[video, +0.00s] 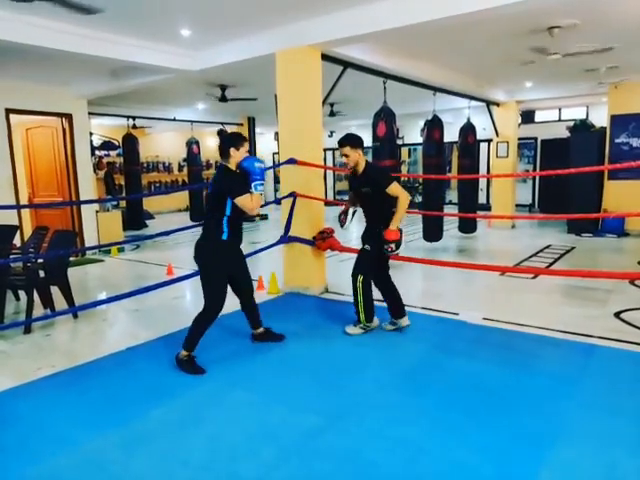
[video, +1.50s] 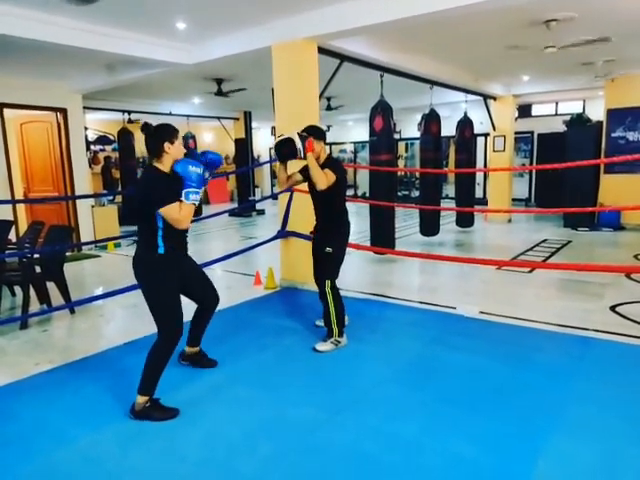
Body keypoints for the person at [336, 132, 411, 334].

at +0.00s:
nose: (344, 161)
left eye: (347, 156)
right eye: (342, 157)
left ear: (359, 152)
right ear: (346, 155)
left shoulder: (375, 173)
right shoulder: (354, 176)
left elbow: (404, 196)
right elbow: (357, 197)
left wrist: (394, 227)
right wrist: (348, 207)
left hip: (381, 230)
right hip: (372, 229)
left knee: (360, 275)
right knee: (380, 275)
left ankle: (366, 321)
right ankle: (399, 316)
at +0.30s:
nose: (332, 162)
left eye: (335, 157)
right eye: (329, 158)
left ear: (347, 155)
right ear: (329, 157)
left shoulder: (359, 177)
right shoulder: (337, 177)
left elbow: (372, 211)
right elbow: (339, 204)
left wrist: (343, 217)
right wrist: (331, 219)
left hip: (362, 233)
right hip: (345, 231)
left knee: (353, 277)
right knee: (338, 269)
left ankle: (366, 323)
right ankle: (352, 306)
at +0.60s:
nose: (315, 168)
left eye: (318, 163)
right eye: (313, 163)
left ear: (331, 161)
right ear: (313, 164)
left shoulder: (346, 184)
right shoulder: (319, 187)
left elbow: (365, 209)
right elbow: (318, 210)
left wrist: (346, 228)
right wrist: (312, 224)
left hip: (345, 233)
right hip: (327, 233)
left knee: (334, 275)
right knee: (322, 275)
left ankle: (353, 311)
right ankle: (336, 309)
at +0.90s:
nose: (310, 161)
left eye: (313, 157)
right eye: (308, 157)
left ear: (327, 156)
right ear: (308, 158)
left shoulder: (340, 179)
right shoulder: (312, 181)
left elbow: (361, 202)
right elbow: (311, 205)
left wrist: (339, 214)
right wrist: (307, 216)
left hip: (341, 232)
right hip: (322, 233)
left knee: (334, 280)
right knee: (327, 278)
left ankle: (337, 335)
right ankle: (335, 310)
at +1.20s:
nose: (309, 158)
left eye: (311, 153)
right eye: (307, 155)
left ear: (324, 152)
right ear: (309, 155)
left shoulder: (337, 174)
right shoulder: (316, 175)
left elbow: (324, 198)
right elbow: (291, 197)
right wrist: (287, 175)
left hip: (343, 231)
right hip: (327, 229)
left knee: (328, 281)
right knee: (315, 274)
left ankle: (337, 338)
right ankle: (338, 307)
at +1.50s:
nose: (307, 150)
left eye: (310, 145)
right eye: (305, 146)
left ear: (321, 144)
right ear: (307, 148)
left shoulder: (335, 166)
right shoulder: (311, 167)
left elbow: (321, 183)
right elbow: (285, 184)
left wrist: (310, 156)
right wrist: (282, 161)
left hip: (336, 228)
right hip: (321, 228)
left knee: (327, 280)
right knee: (321, 278)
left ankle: (336, 335)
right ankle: (335, 317)